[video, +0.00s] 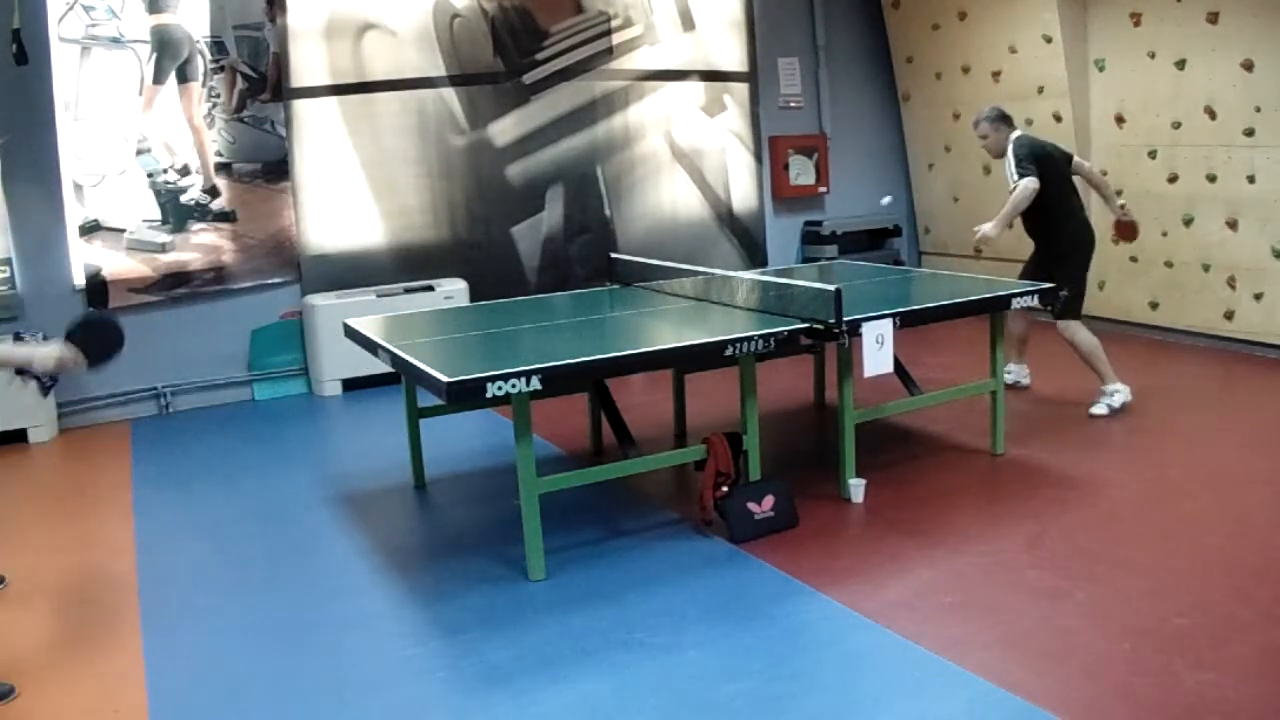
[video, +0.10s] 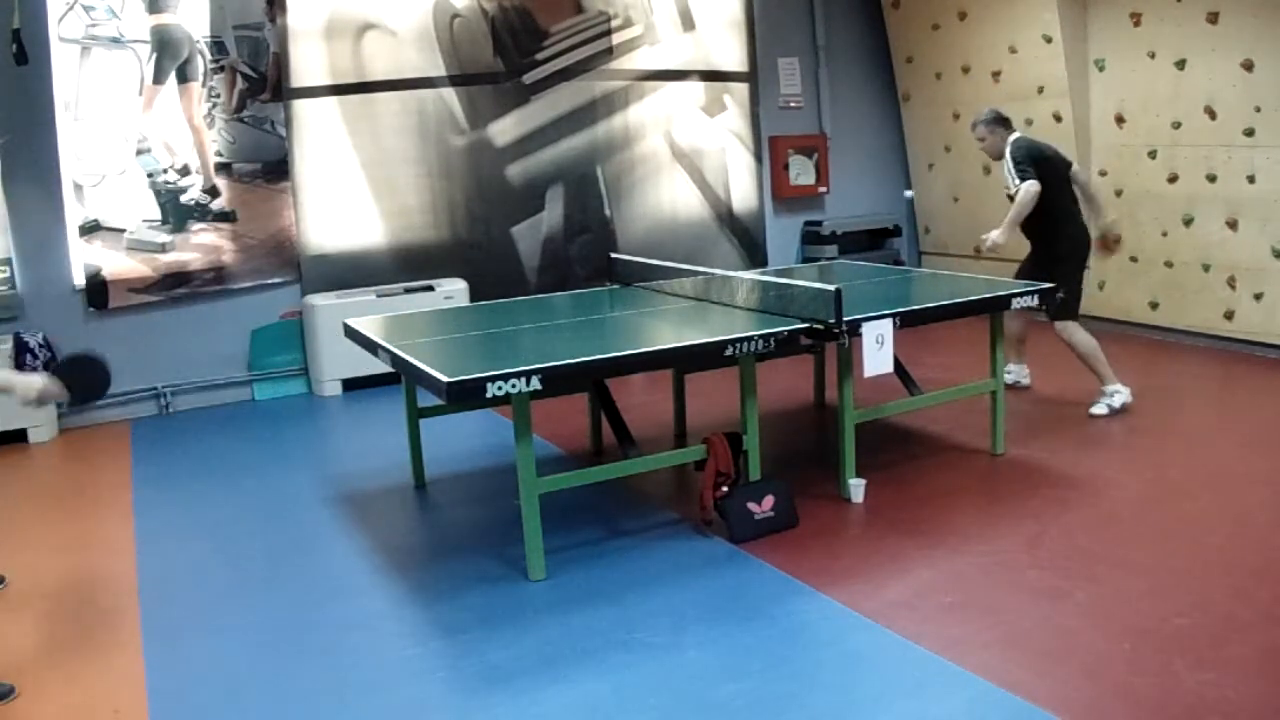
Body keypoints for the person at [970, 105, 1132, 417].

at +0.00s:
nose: (984, 146)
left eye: (985, 138)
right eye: (981, 140)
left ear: (1000, 130)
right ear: (1008, 129)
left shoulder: (1018, 148)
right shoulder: (1038, 145)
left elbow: (1029, 185)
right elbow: (1087, 171)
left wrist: (996, 225)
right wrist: (1116, 207)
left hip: (1069, 243)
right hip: (1052, 243)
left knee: (1067, 323)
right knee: (1017, 304)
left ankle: (1115, 387)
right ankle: (1016, 368)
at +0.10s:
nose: (982, 149)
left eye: (982, 142)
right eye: (979, 143)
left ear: (998, 133)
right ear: (1002, 133)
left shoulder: (1016, 151)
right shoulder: (1035, 146)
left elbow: (1030, 188)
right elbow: (1080, 177)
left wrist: (1004, 230)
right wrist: (1101, 222)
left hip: (1063, 246)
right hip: (1050, 245)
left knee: (1063, 323)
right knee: (1013, 305)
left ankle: (1115, 389)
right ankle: (1016, 368)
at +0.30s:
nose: (997, 126)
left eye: (1000, 119)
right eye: (994, 121)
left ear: (1018, 115)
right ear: (1004, 118)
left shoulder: (1046, 138)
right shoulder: (1011, 144)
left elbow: (1064, 182)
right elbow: (983, 165)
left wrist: (1036, 221)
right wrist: (943, 154)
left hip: (1066, 235)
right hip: (1039, 236)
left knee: (1074, 311)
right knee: (1012, 300)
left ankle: (1114, 387)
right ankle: (1015, 367)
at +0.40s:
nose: (1017, 111)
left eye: (1021, 105)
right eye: (1014, 105)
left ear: (1040, 101)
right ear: (1017, 105)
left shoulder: (1064, 132)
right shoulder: (1015, 130)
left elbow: (1088, 179)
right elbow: (984, 149)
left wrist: (1066, 218)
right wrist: (945, 135)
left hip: (1067, 232)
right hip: (1031, 232)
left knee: (1084, 305)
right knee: (1015, 300)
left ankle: (1113, 381)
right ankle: (1014, 367)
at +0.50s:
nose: (1039, 110)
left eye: (1045, 103)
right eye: (1036, 103)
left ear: (1065, 103)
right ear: (1034, 102)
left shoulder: (1085, 136)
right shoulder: (1030, 128)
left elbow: (1103, 185)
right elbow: (994, 156)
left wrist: (1090, 227)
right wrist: (956, 155)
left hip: (1071, 235)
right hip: (1031, 233)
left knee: (1087, 308)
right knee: (1015, 300)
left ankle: (1108, 377)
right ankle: (1009, 362)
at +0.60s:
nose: (1056, 115)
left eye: (1063, 110)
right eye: (1053, 108)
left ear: (1081, 110)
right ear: (1051, 106)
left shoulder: (1098, 145)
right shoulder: (1040, 133)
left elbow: (1117, 192)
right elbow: (1010, 162)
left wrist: (1107, 234)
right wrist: (979, 175)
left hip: (1079, 242)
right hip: (1036, 239)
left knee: (1094, 313)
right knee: (1017, 304)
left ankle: (1107, 379)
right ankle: (1007, 363)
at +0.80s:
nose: (1062, 111)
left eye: (1070, 105)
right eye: (1059, 104)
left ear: (1086, 106)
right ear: (1055, 104)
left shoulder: (1104, 145)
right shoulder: (1040, 133)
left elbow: (1122, 189)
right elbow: (1019, 168)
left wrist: (1121, 233)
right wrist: (1004, 196)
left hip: (1083, 242)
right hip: (1039, 237)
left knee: (1098, 312)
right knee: (1016, 304)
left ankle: (1108, 379)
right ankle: (1010, 366)